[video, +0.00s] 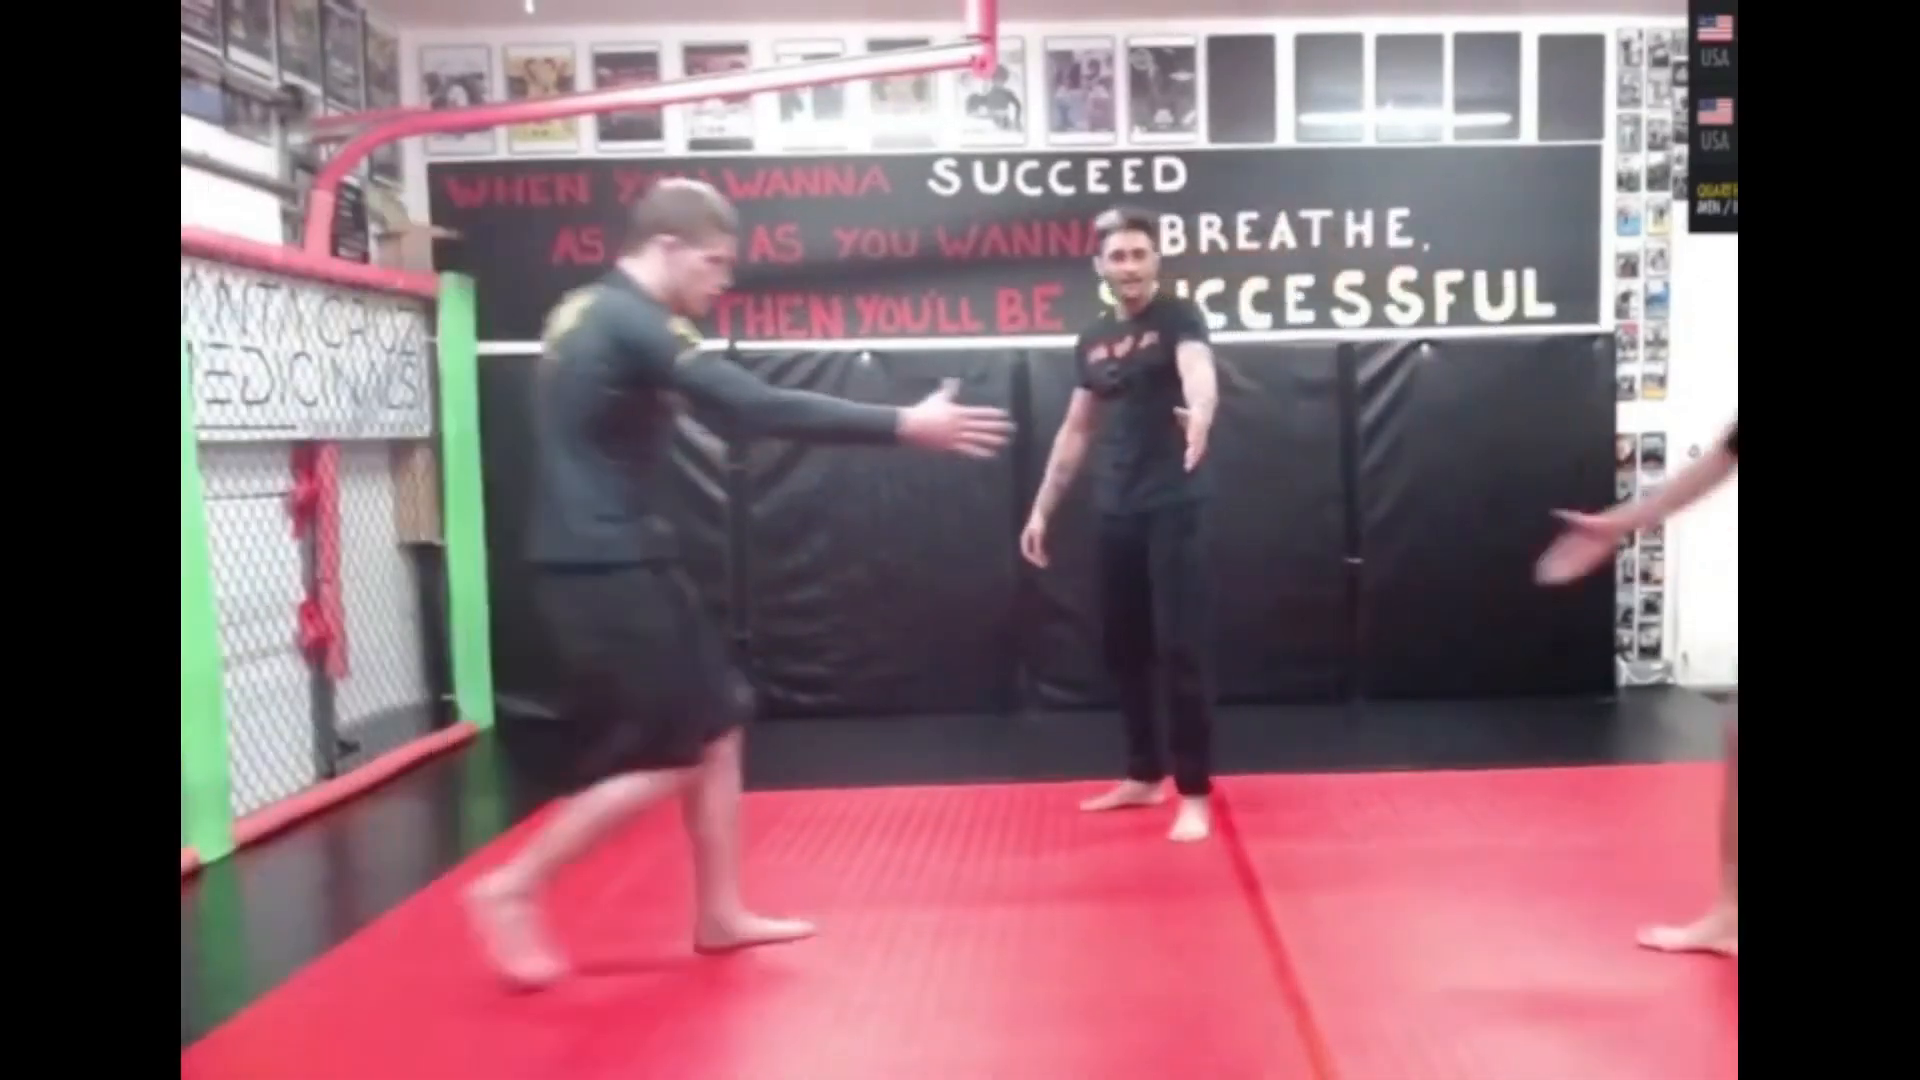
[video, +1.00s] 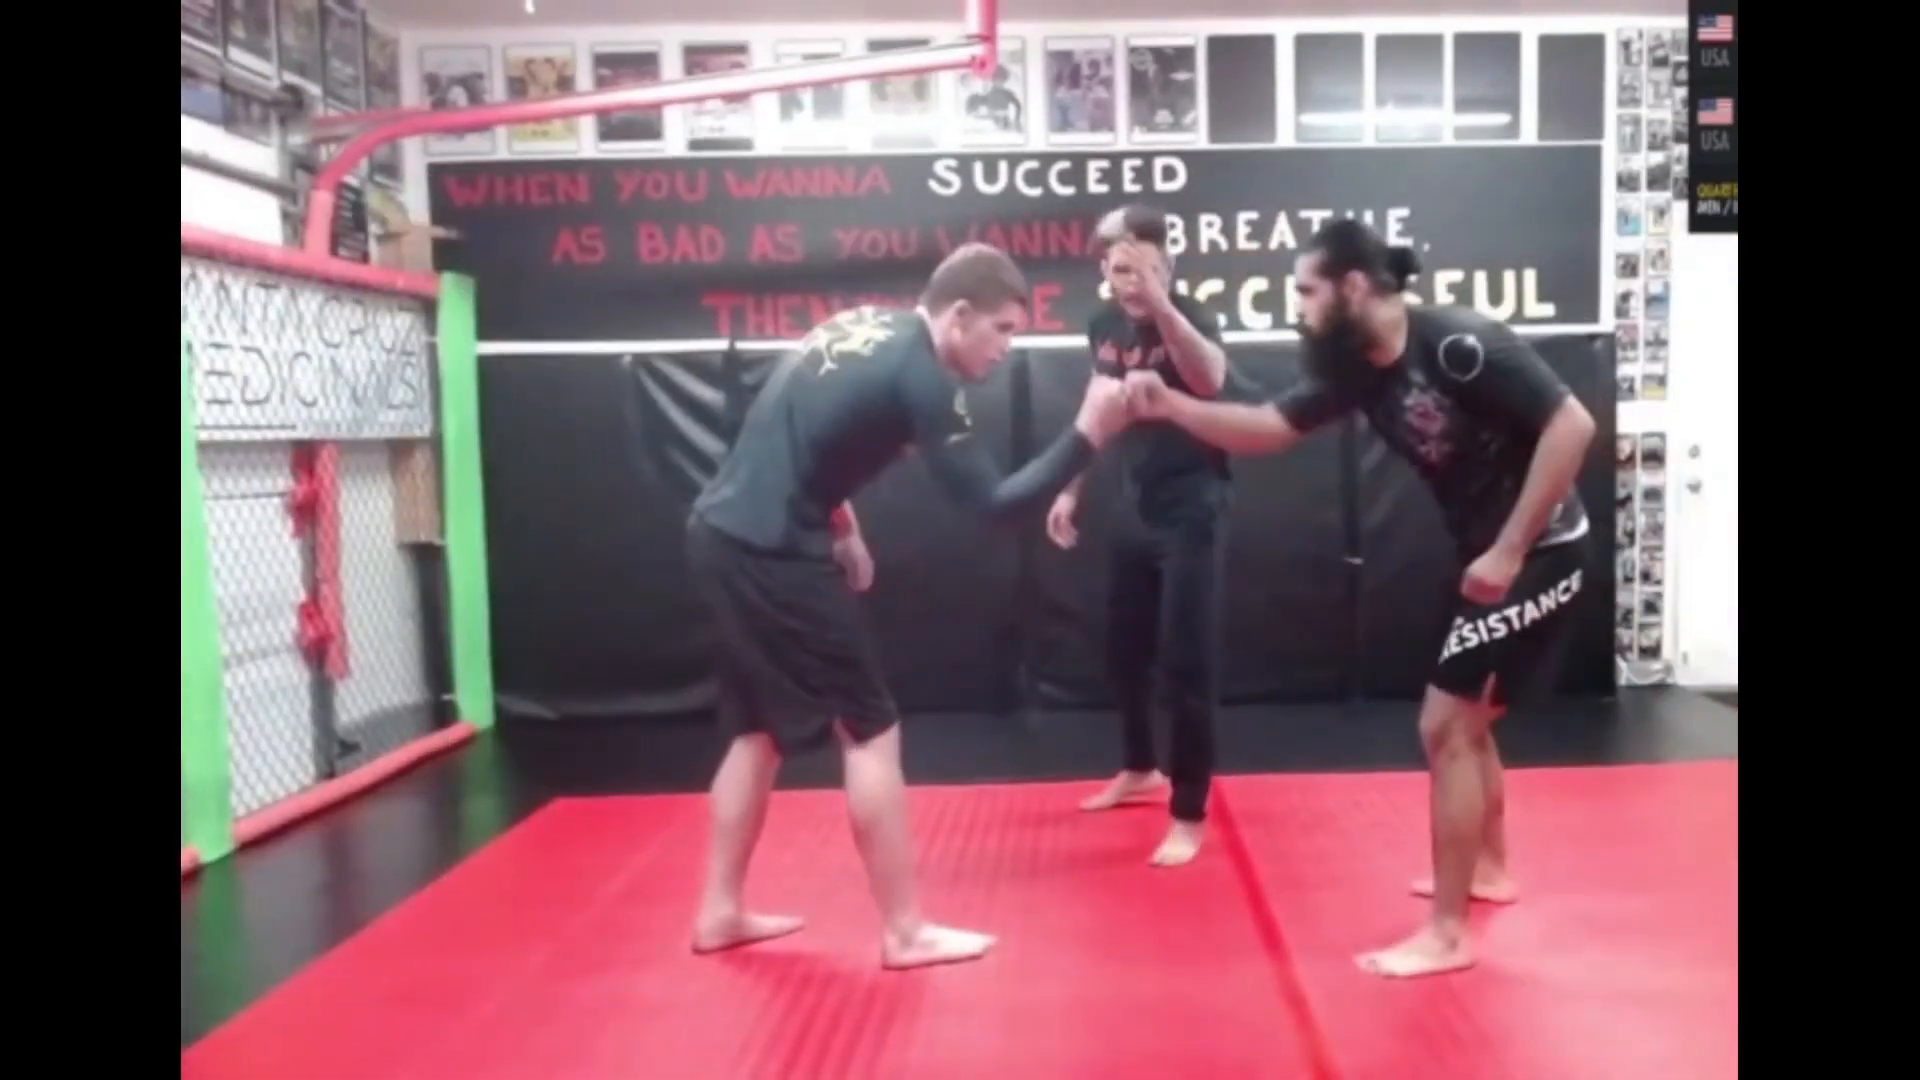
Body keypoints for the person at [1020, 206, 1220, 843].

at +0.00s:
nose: (1129, 266)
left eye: (1139, 254)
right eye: (1117, 256)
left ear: (1157, 259)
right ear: (1101, 265)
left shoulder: (1176, 318)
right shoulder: (1096, 342)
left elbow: (1198, 371)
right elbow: (1076, 431)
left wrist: (1199, 416)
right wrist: (1040, 512)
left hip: (1172, 504)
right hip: (1116, 509)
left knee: (1179, 644)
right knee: (1126, 644)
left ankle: (1194, 792)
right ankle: (1144, 776)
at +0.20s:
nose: (1120, 269)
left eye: (1130, 257)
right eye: (1108, 259)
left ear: (1148, 261)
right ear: (1091, 268)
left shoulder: (1169, 317)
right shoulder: (1087, 344)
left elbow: (1192, 384)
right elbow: (1068, 439)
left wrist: (1182, 433)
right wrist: (1042, 517)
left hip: (1165, 500)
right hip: (1108, 504)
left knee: (1167, 638)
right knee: (1120, 643)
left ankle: (1191, 785)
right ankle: (1144, 775)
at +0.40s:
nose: (1120, 268)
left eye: (1130, 257)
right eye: (1107, 259)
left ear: (1148, 261)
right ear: (1091, 267)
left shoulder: (1168, 317)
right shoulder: (1086, 345)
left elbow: (1194, 385)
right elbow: (1072, 436)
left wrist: (1174, 433)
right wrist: (1044, 516)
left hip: (1166, 499)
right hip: (1109, 502)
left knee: (1166, 638)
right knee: (1119, 642)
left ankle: (1189, 790)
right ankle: (1143, 774)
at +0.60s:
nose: (1129, 269)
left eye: (1140, 257)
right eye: (1118, 258)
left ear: (1159, 260)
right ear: (1101, 264)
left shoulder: (1180, 320)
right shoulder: (1096, 341)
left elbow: (1202, 377)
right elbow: (1081, 434)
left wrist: (1178, 398)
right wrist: (1048, 514)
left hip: (1171, 507)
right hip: (1109, 508)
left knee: (1171, 655)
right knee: (1120, 648)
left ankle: (1187, 810)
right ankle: (1143, 774)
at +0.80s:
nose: (1133, 267)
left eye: (1144, 255)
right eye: (1122, 256)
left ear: (1166, 258)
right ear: (1105, 260)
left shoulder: (1188, 315)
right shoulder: (1103, 328)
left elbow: (1210, 370)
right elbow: (1088, 415)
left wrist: (1153, 322)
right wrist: (1054, 496)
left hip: (1179, 509)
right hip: (1123, 508)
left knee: (1176, 657)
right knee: (1121, 647)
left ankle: (1188, 813)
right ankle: (1142, 770)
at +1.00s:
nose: (1127, 281)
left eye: (1138, 269)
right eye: (1116, 269)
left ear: (1165, 267)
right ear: (1104, 273)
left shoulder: (1191, 322)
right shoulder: (1107, 328)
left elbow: (1212, 380)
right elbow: (1097, 415)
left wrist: (1162, 311)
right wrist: (1071, 490)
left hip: (1193, 505)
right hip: (1134, 503)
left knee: (1185, 657)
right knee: (1126, 642)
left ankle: (1189, 814)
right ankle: (1139, 766)